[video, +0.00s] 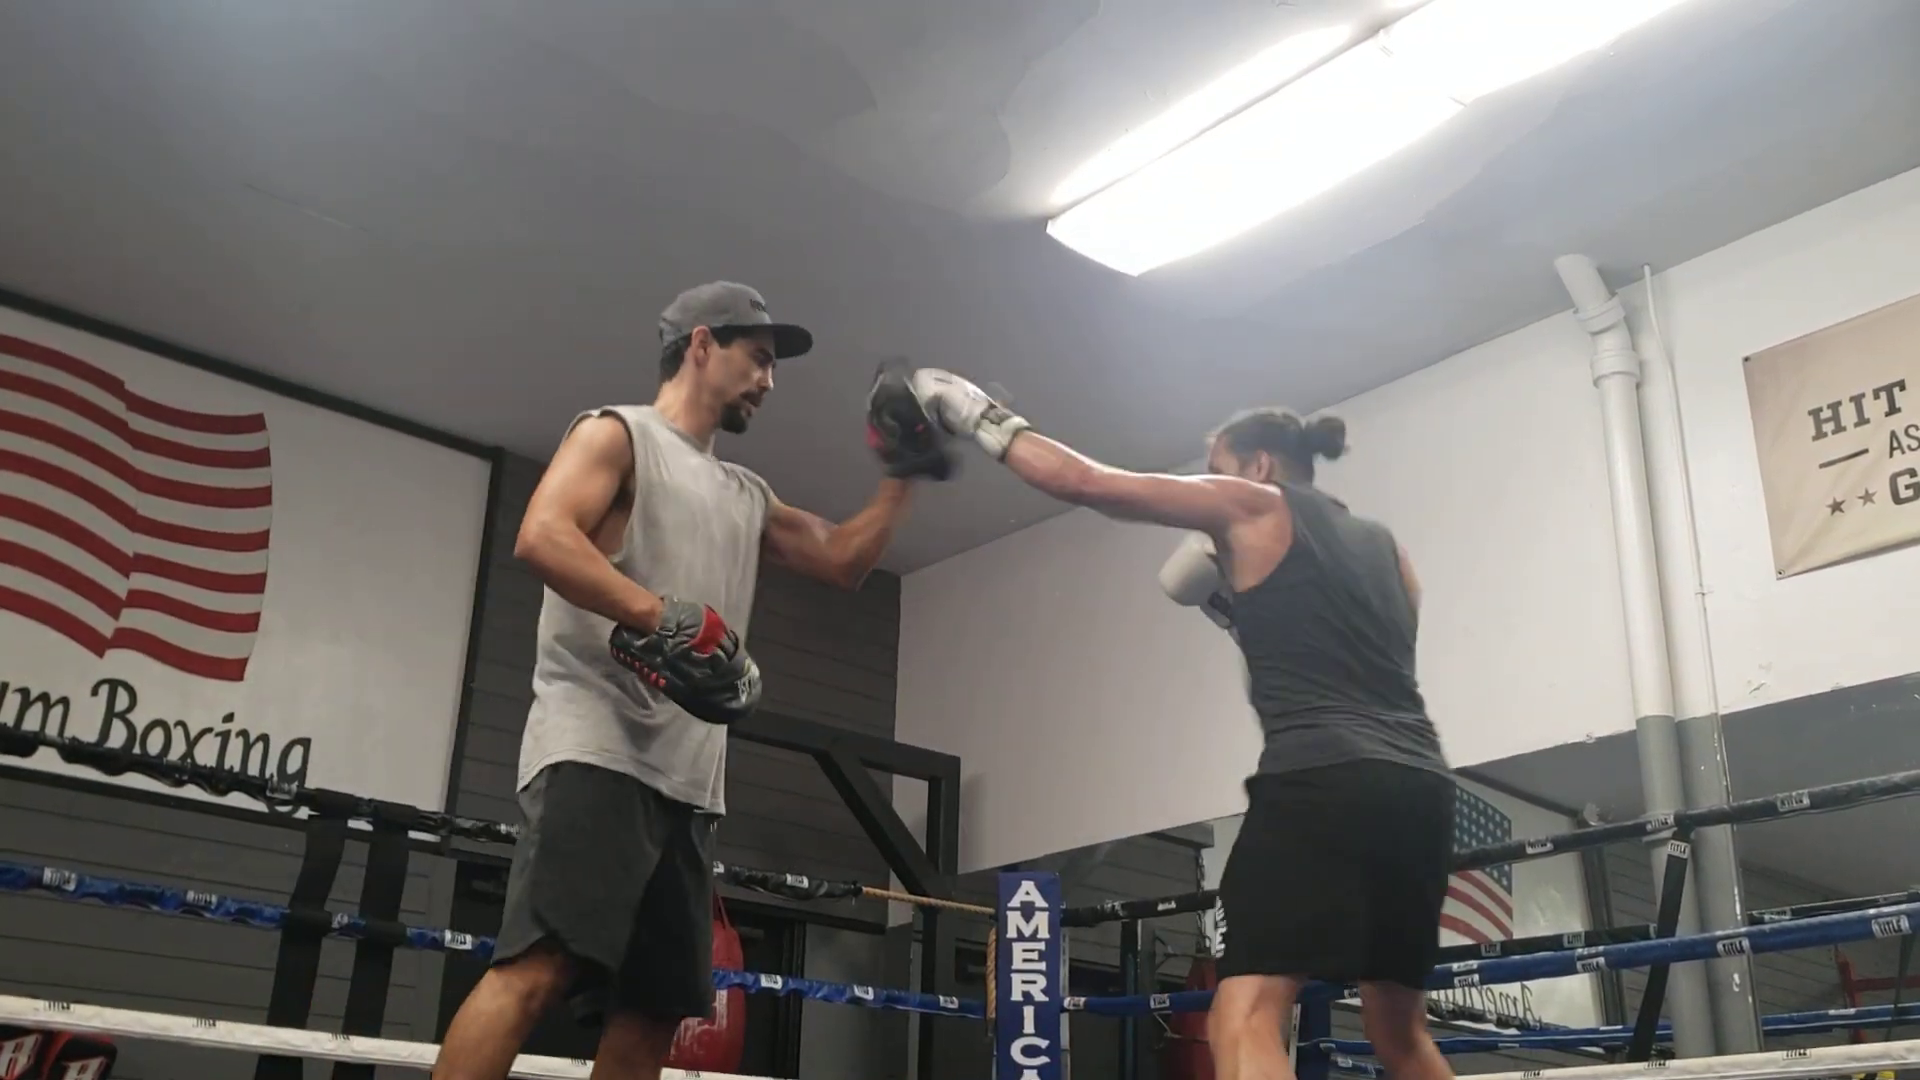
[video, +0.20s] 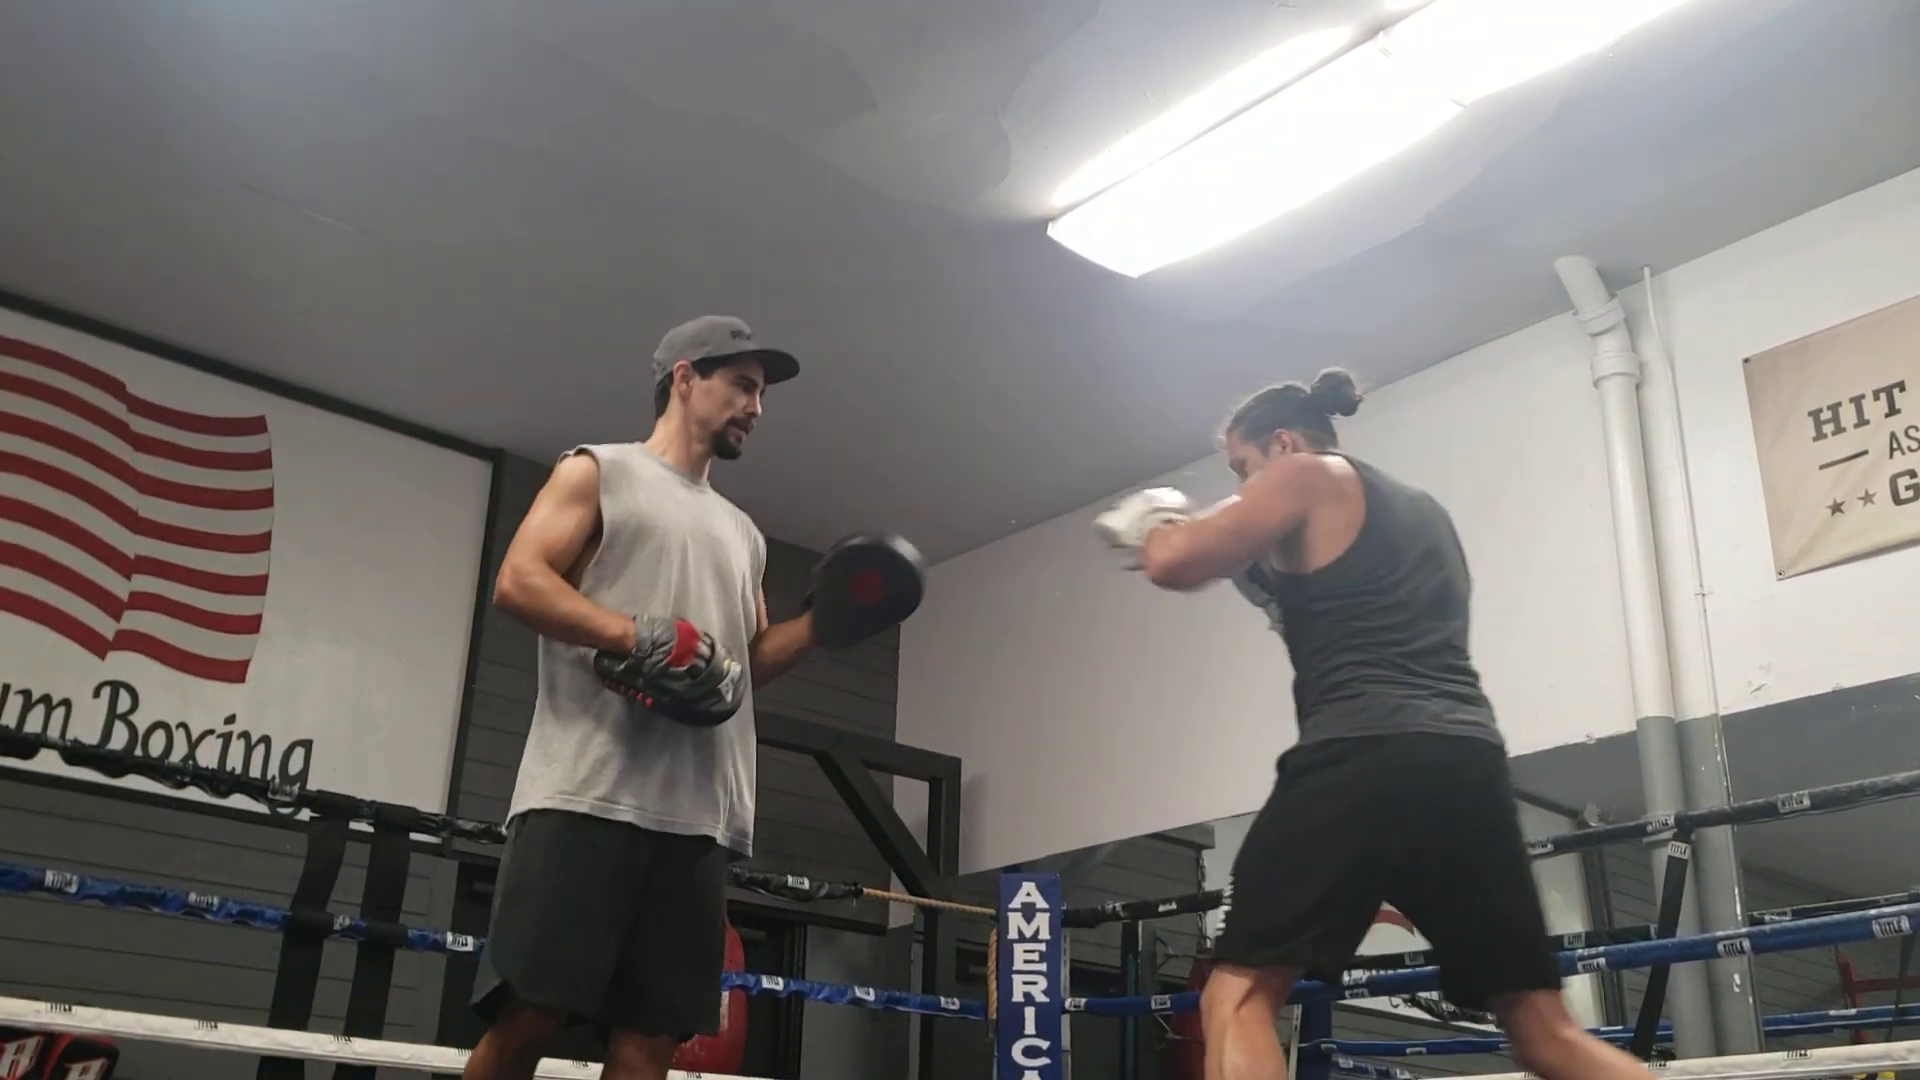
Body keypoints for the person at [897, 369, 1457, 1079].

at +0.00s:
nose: (1211, 486)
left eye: (1217, 471)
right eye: (1211, 472)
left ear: (1260, 465)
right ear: (1288, 465)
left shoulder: (1253, 503)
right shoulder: (1387, 545)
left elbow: (1084, 481)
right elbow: (1371, 650)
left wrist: (980, 415)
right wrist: (1229, 600)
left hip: (1319, 777)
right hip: (1422, 783)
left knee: (1248, 1019)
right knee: (1402, 1031)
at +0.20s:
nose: (1242, 487)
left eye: (1242, 470)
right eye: (1238, 476)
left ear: (1287, 442)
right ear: (1302, 438)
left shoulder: (1306, 477)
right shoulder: (1427, 512)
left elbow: (1172, 561)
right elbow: (1344, 619)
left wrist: (1161, 517)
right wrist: (1250, 560)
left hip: (1354, 761)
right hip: (1469, 764)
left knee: (1240, 999)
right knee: (1546, 1032)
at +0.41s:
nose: (1362, 491)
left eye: (1358, 473)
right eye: (1351, 481)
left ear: (1385, 433)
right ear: (1414, 416)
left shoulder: (1437, 454)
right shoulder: (1547, 496)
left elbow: (1313, 568)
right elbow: (1454, 667)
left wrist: (1295, 505)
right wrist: (1380, 605)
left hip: (1471, 755)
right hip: (1595, 759)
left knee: (1329, 985)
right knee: (1674, 1032)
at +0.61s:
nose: (1433, 425)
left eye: (1427, 406)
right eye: (1427, 417)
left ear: (1452, 372)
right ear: (1481, 361)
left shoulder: (1516, 384)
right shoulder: (1620, 441)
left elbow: (1371, 482)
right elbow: (1506, 614)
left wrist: (1357, 426)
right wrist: (1428, 526)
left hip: (1535, 689)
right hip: (1654, 701)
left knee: (1377, 927)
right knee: (1711, 995)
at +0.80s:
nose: (1432, 406)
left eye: (1426, 386)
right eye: (1424, 396)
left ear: (1453, 349)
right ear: (1489, 332)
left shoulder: (1507, 365)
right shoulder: (1628, 412)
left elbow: (1362, 489)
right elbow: (1520, 587)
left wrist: (1351, 416)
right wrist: (1441, 513)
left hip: (1548, 674)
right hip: (1673, 684)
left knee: (1421, 938)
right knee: (1720, 995)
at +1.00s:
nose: (1359, 402)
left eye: (1352, 382)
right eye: (1348, 393)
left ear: (1372, 335)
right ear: (1413, 314)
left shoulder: (1423, 357)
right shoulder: (1572, 376)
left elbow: (1314, 535)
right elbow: (1479, 522)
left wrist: (1285, 449)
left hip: (1524, 665)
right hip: (1659, 660)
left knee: (1434, 954)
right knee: (1726, 968)